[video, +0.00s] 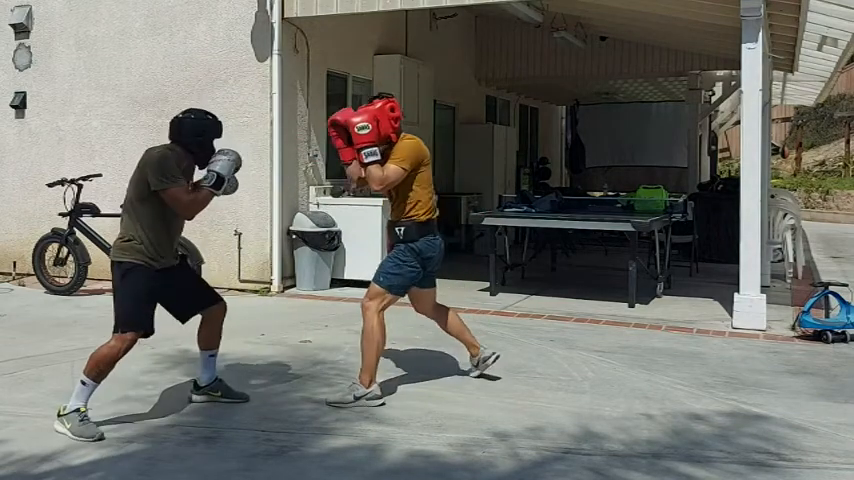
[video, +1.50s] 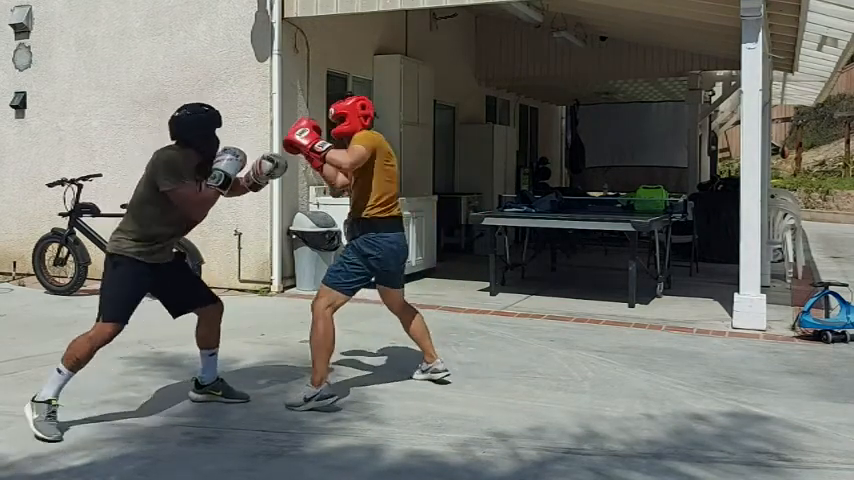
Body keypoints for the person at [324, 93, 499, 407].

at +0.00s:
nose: (371, 130)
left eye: (372, 124)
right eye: (369, 124)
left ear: (383, 123)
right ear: (386, 124)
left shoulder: (410, 145)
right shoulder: (391, 149)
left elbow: (379, 182)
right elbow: (358, 176)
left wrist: (367, 143)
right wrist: (344, 144)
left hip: (415, 243)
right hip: (424, 241)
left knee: (371, 305)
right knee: (426, 305)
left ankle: (366, 385)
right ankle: (478, 352)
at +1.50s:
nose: (337, 128)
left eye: (340, 121)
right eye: (336, 123)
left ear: (357, 118)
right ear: (364, 119)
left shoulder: (367, 138)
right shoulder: (373, 145)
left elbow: (349, 162)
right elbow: (338, 184)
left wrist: (315, 143)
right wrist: (314, 158)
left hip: (371, 240)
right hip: (392, 239)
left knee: (322, 306)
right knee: (397, 303)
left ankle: (319, 386)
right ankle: (433, 361)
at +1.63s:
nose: (329, 129)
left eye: (331, 123)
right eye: (329, 124)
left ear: (345, 121)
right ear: (362, 122)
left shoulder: (347, 141)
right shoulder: (386, 150)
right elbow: (362, 194)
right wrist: (328, 180)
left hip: (372, 246)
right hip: (399, 242)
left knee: (326, 310)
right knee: (401, 300)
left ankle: (320, 389)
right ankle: (441, 362)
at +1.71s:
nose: (329, 131)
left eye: (332, 125)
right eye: (328, 126)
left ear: (347, 122)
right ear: (361, 122)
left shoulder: (350, 145)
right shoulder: (388, 151)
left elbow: (310, 161)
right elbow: (371, 191)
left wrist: (270, 156)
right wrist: (338, 186)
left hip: (371, 247)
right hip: (400, 243)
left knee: (326, 310)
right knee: (410, 308)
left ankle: (320, 389)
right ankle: (451, 366)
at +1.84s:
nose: (336, 133)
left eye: (339, 125)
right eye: (335, 126)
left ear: (356, 125)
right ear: (367, 124)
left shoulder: (365, 150)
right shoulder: (390, 150)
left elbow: (358, 192)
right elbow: (369, 193)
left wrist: (322, 193)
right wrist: (337, 177)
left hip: (379, 247)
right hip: (404, 244)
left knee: (331, 309)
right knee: (418, 311)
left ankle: (319, 389)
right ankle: (459, 374)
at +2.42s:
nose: (320, 129)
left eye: (323, 121)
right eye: (320, 122)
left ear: (339, 121)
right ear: (352, 120)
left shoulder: (353, 143)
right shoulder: (374, 143)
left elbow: (329, 175)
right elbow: (338, 185)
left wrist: (304, 158)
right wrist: (311, 157)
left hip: (363, 248)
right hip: (393, 246)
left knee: (303, 300)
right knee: (404, 314)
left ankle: (299, 384)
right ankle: (440, 375)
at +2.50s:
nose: (310, 123)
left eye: (313, 117)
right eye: (310, 117)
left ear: (328, 116)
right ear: (345, 116)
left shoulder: (334, 138)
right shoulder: (374, 144)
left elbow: (293, 154)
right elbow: (339, 178)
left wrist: (264, 147)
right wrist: (305, 147)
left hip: (356, 246)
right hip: (389, 242)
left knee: (306, 314)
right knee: (398, 305)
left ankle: (294, 397)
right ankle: (434, 368)